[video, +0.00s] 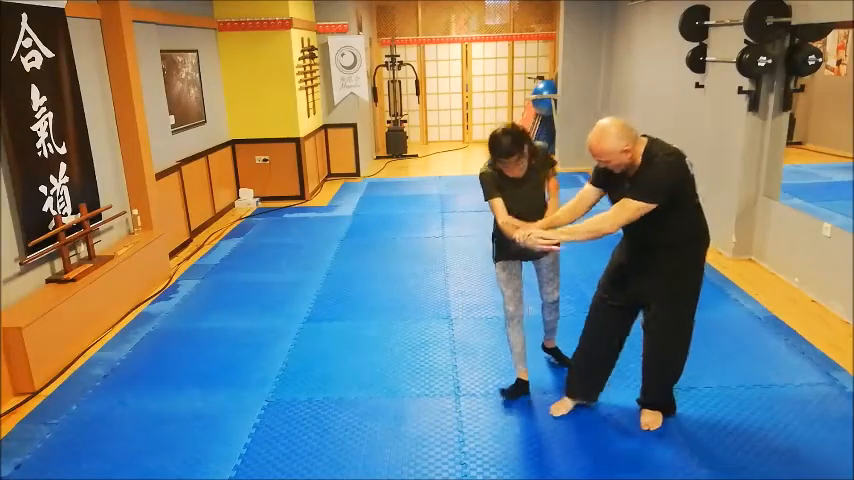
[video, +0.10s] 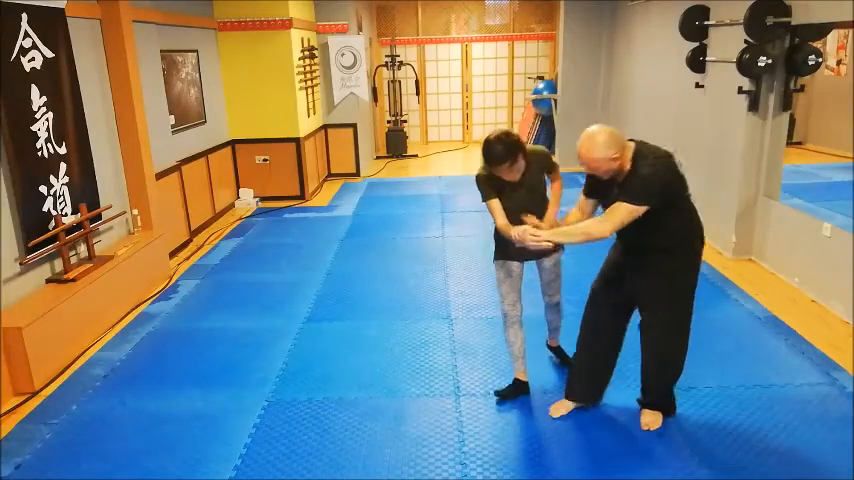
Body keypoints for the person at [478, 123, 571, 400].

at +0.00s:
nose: (514, 170)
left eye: (518, 163)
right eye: (506, 166)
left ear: (526, 151)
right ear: (496, 160)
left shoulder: (542, 158)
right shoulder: (489, 176)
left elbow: (554, 203)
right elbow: (502, 220)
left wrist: (540, 227)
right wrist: (528, 239)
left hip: (545, 236)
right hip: (508, 241)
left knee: (551, 298)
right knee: (513, 311)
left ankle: (550, 343)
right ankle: (521, 377)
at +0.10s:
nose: (509, 178)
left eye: (512, 171)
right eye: (501, 174)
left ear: (520, 156)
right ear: (491, 167)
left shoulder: (539, 157)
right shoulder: (486, 178)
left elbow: (556, 178)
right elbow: (500, 220)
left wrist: (550, 217)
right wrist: (516, 232)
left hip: (546, 240)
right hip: (510, 245)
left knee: (553, 299)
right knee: (511, 313)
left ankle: (553, 342)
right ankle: (520, 378)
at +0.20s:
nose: (499, 183)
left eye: (501, 176)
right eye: (492, 180)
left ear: (511, 162)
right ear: (485, 174)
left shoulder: (536, 161)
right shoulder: (483, 182)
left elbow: (559, 182)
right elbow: (500, 225)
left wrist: (547, 222)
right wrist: (517, 234)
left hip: (546, 240)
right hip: (509, 246)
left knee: (554, 299)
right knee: (510, 314)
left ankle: (558, 342)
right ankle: (519, 379)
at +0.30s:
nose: (490, 188)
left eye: (493, 182)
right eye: (484, 184)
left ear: (503, 167)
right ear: (479, 178)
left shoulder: (534, 166)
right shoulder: (480, 185)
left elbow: (559, 189)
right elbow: (501, 224)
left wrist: (545, 228)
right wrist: (517, 239)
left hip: (545, 243)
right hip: (509, 248)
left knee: (555, 300)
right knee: (512, 313)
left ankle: (560, 342)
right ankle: (520, 380)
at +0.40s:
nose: (486, 195)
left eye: (488, 189)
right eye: (481, 192)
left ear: (499, 174)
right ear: (477, 185)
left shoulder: (533, 170)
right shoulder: (478, 190)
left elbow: (558, 193)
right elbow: (498, 223)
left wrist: (544, 231)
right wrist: (520, 248)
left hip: (546, 243)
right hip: (511, 249)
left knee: (556, 301)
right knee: (513, 313)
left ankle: (561, 343)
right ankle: (521, 381)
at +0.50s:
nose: (485, 202)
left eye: (488, 196)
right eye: (481, 199)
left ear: (501, 179)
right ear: (477, 189)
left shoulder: (534, 175)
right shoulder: (480, 195)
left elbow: (559, 194)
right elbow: (504, 235)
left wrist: (546, 233)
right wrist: (529, 258)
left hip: (546, 241)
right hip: (511, 248)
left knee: (556, 299)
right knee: (513, 313)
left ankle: (560, 342)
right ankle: (521, 381)